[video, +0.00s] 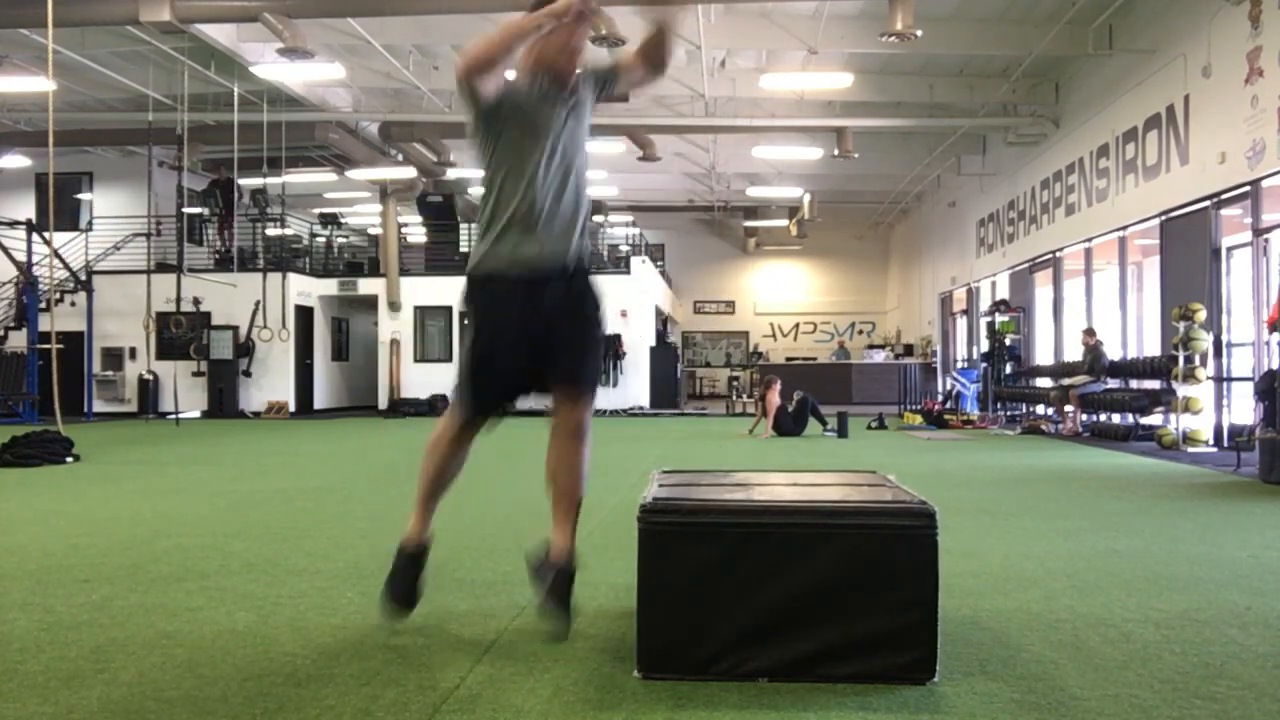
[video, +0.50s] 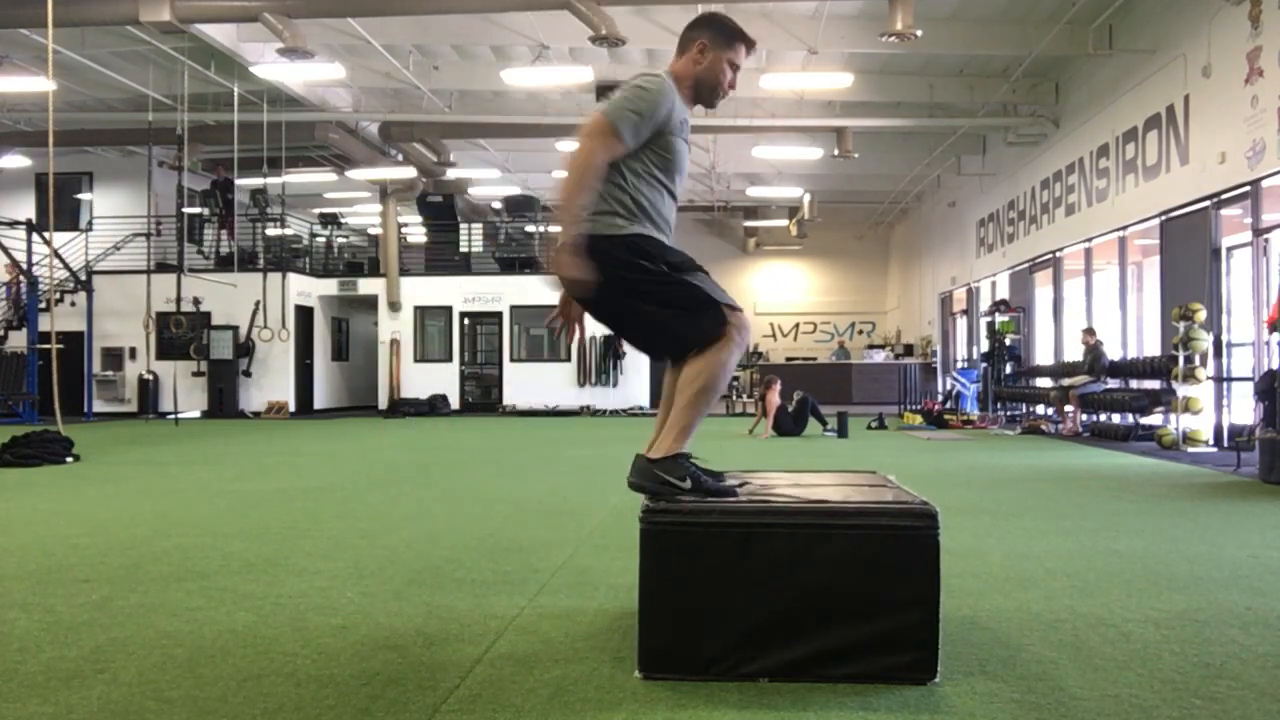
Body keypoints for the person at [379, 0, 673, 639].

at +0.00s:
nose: (580, 43)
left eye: (585, 33)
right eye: (570, 29)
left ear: (586, 44)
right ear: (537, 36)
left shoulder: (584, 87)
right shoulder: (502, 96)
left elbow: (649, 62)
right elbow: (470, 67)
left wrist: (664, 18)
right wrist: (538, 19)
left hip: (568, 279)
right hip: (502, 280)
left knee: (574, 416)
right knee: (465, 418)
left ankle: (560, 559)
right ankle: (415, 537)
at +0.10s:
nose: (627, 17)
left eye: (631, 9)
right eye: (621, 6)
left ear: (618, 11)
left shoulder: (612, 51)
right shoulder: (538, 24)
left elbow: (662, 72)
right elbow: (465, 40)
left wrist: (732, 71)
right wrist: (536, 67)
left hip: (575, 214)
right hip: (517, 213)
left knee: (624, 329)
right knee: (540, 346)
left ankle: (564, 455)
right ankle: (462, 445)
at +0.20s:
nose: (676, 17)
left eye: (679, 8)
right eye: (671, 5)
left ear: (656, 8)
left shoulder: (645, 59)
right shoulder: (584, 20)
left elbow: (661, 122)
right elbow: (492, 53)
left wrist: (704, 163)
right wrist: (484, 148)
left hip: (577, 191)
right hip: (526, 182)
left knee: (662, 262)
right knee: (618, 274)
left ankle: (597, 390)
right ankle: (537, 403)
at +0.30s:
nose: (715, 38)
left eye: (719, 28)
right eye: (711, 22)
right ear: (674, 7)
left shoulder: (663, 84)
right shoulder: (616, 42)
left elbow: (643, 163)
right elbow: (521, 79)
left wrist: (647, 227)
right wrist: (467, 162)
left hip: (590, 187)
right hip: (550, 179)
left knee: (671, 269)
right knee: (667, 264)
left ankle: (652, 405)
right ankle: (639, 410)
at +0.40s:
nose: (728, 63)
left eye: (733, 53)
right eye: (726, 48)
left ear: (699, 37)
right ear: (693, 30)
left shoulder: (667, 91)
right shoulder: (639, 67)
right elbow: (559, 109)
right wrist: (503, 187)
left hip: (614, 223)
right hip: (587, 220)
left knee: (685, 326)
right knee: (698, 314)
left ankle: (651, 461)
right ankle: (658, 459)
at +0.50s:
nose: (733, 84)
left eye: (738, 72)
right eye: (732, 68)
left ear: (700, 57)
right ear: (699, 52)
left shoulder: (672, 113)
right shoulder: (657, 90)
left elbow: (611, 198)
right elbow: (590, 150)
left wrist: (575, 282)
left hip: (613, 252)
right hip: (619, 243)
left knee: (698, 343)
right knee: (732, 327)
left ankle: (659, 457)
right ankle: (667, 456)